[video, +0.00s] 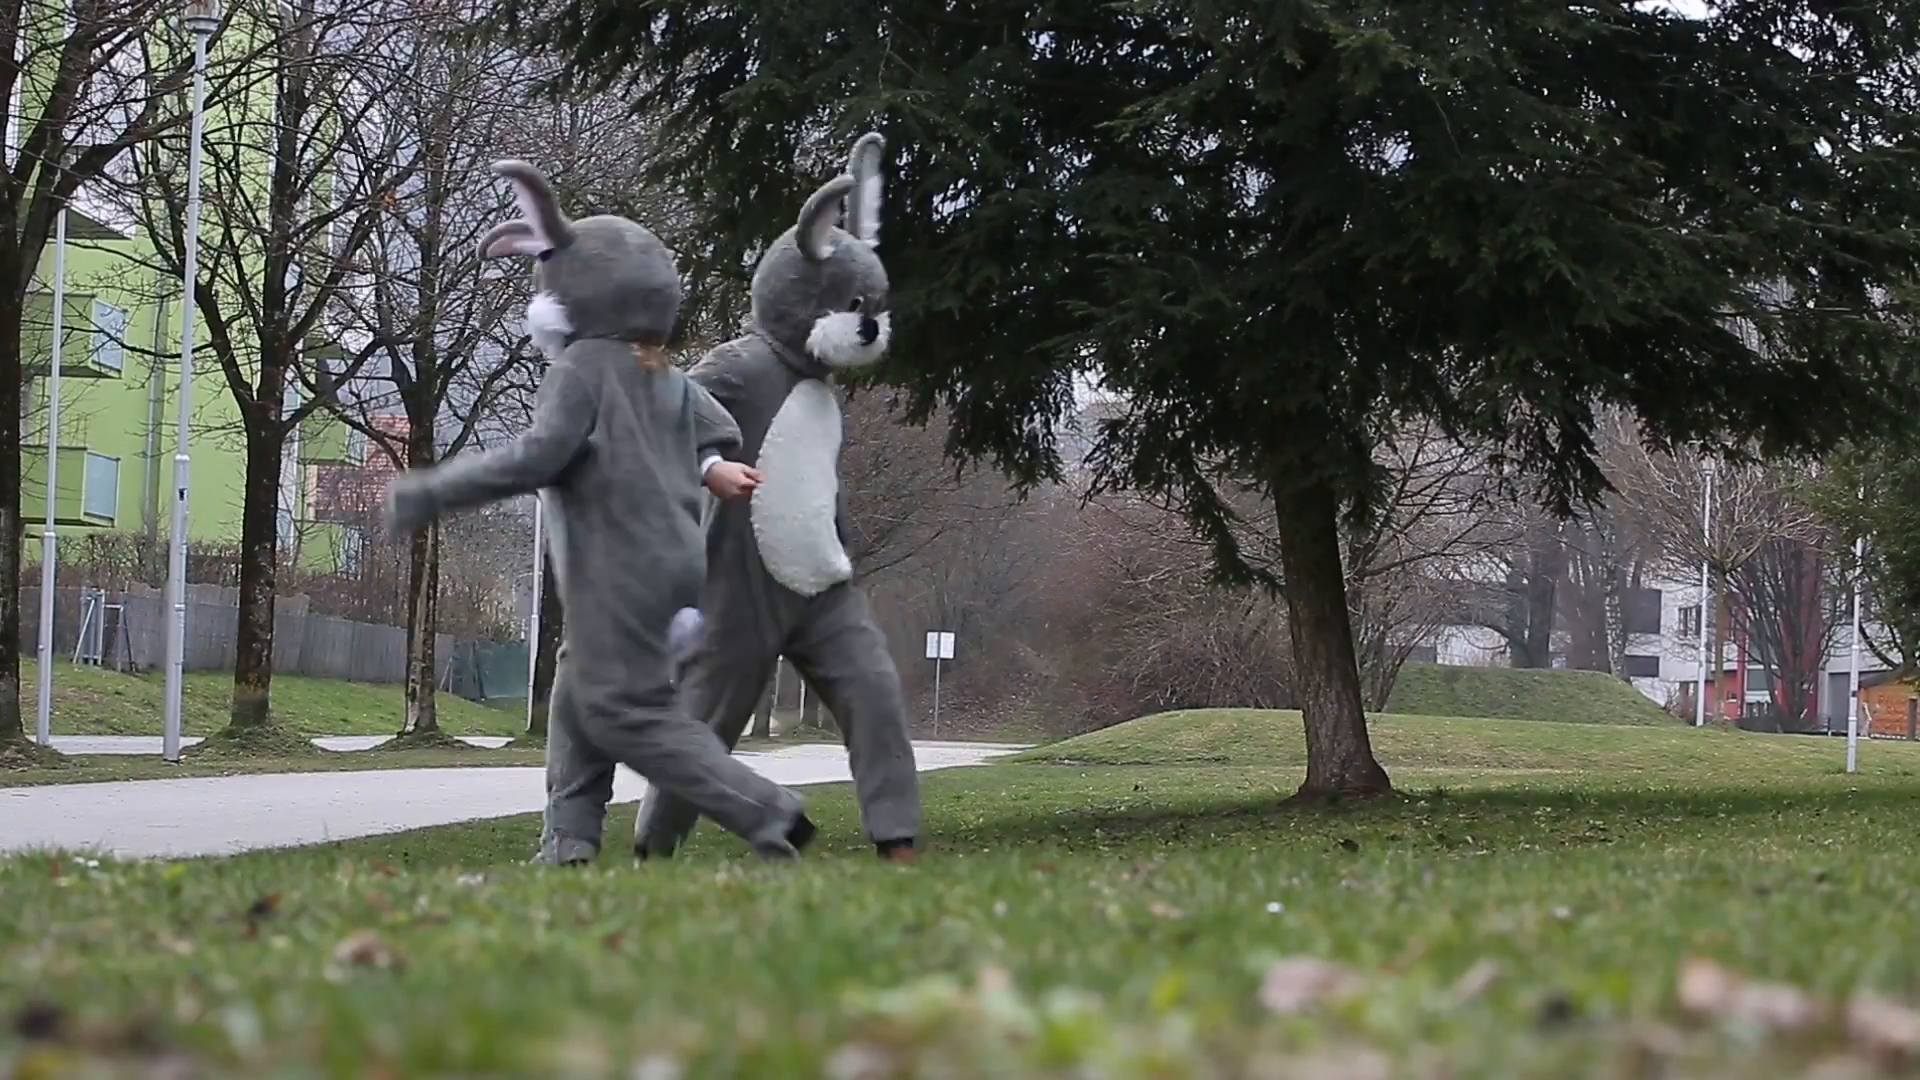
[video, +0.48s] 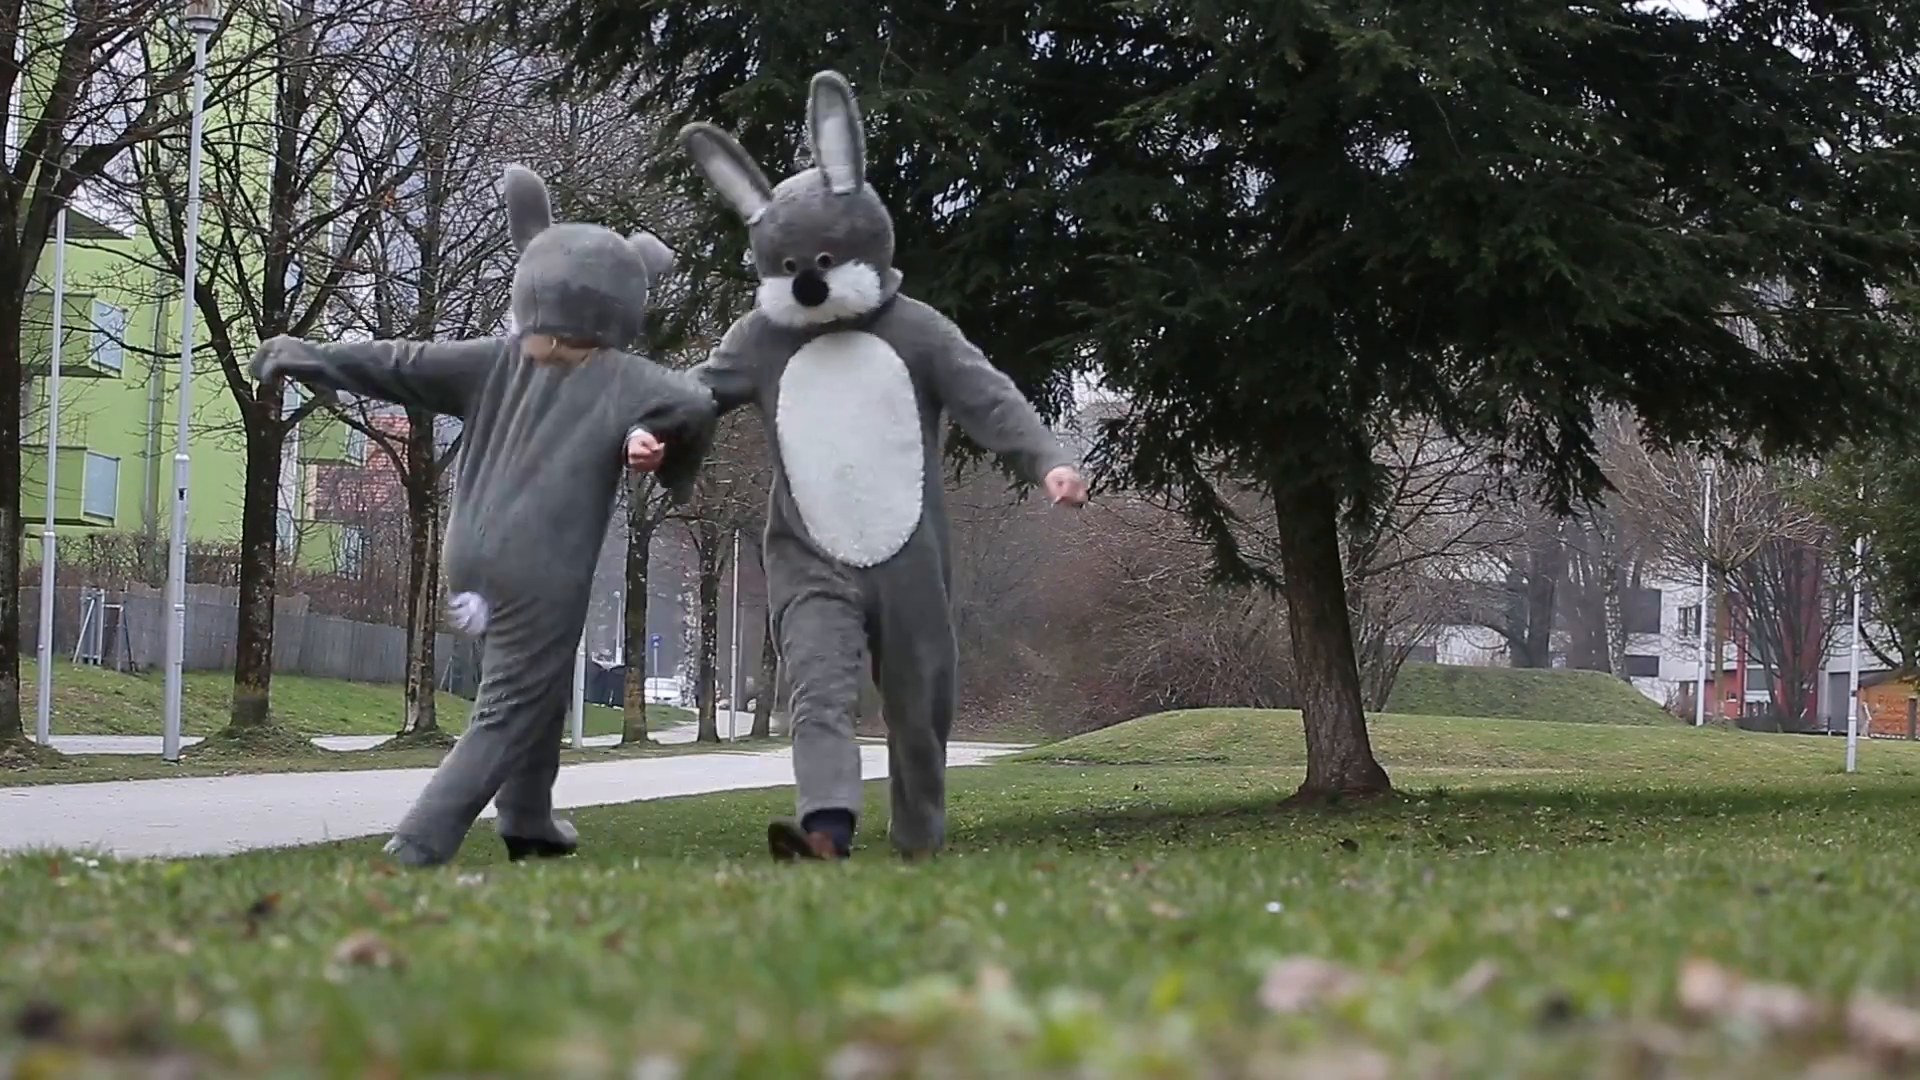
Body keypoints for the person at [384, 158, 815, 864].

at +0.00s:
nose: (543, 299)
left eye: (555, 285)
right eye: (546, 284)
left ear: (583, 294)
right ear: (649, 300)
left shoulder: (586, 365)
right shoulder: (671, 380)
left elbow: (542, 456)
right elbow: (723, 436)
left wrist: (427, 489)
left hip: (615, 573)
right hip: (674, 567)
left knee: (620, 707)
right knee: (581, 700)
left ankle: (772, 816)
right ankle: (570, 843)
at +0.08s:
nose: (515, 315)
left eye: (522, 299)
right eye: (514, 301)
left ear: (554, 303)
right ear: (630, 302)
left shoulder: (552, 375)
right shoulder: (664, 380)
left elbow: (530, 490)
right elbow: (733, 418)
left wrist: (478, 576)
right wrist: (669, 435)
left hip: (577, 569)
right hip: (657, 567)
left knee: (527, 712)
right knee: (610, 711)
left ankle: (670, 761)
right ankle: (572, 850)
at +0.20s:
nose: (506, 301)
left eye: (510, 286)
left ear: (526, 288)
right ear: (616, 284)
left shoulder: (519, 349)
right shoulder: (652, 352)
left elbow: (510, 420)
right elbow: (731, 383)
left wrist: (515, 491)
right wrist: (680, 428)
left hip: (532, 531)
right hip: (626, 546)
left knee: (468, 631)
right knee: (603, 700)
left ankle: (506, 696)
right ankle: (574, 836)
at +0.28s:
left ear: (514, 266)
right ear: (612, 266)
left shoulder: (502, 330)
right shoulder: (639, 334)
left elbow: (477, 413)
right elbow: (721, 366)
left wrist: (488, 459)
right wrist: (674, 415)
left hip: (503, 513)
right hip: (606, 524)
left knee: (480, 600)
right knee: (584, 667)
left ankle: (482, 707)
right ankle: (549, 820)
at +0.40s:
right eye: (622, 268)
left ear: (521, 268)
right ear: (612, 274)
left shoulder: (496, 332)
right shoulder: (621, 342)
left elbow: (421, 355)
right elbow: (705, 376)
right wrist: (676, 433)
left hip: (474, 530)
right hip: (565, 541)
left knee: (504, 632)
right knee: (527, 686)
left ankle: (502, 770)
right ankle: (464, 836)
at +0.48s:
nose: (640, 307)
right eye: (633, 295)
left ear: (530, 298)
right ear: (617, 303)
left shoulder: (494, 360)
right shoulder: (625, 374)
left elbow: (398, 364)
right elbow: (695, 404)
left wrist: (305, 356)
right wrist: (676, 469)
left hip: (470, 552)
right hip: (545, 569)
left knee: (539, 693)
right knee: (506, 713)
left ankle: (530, 827)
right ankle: (415, 849)